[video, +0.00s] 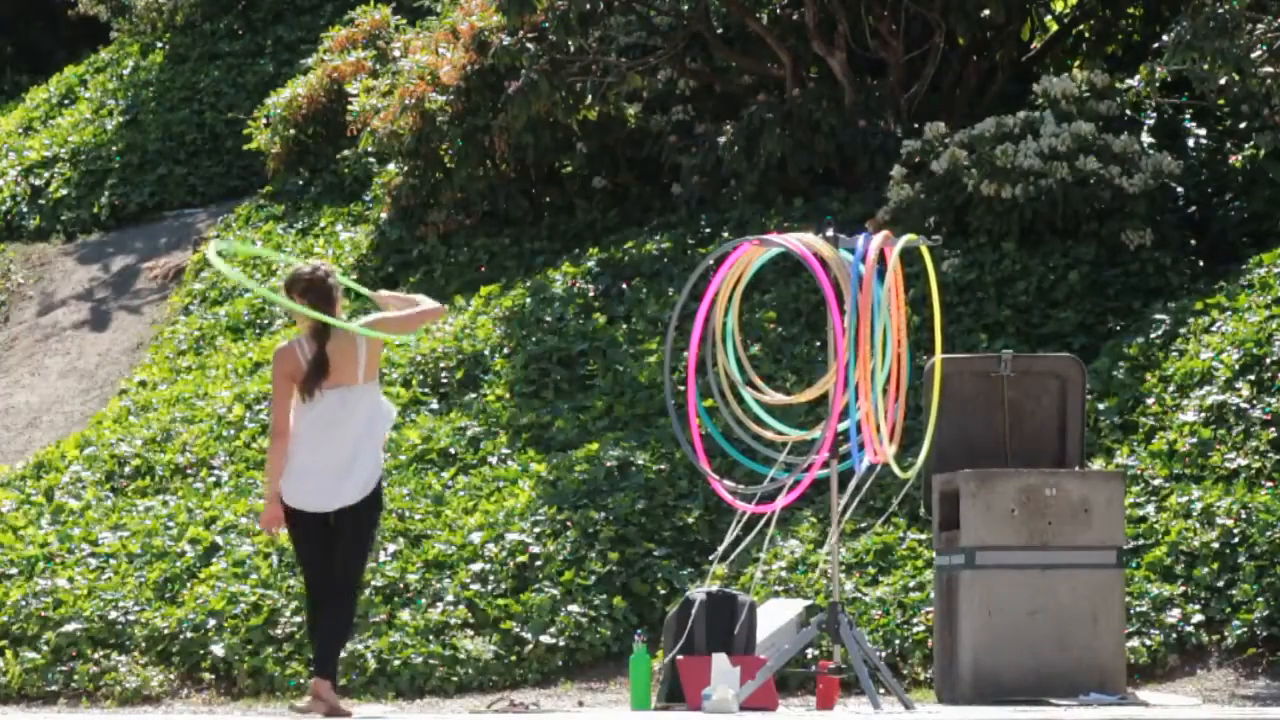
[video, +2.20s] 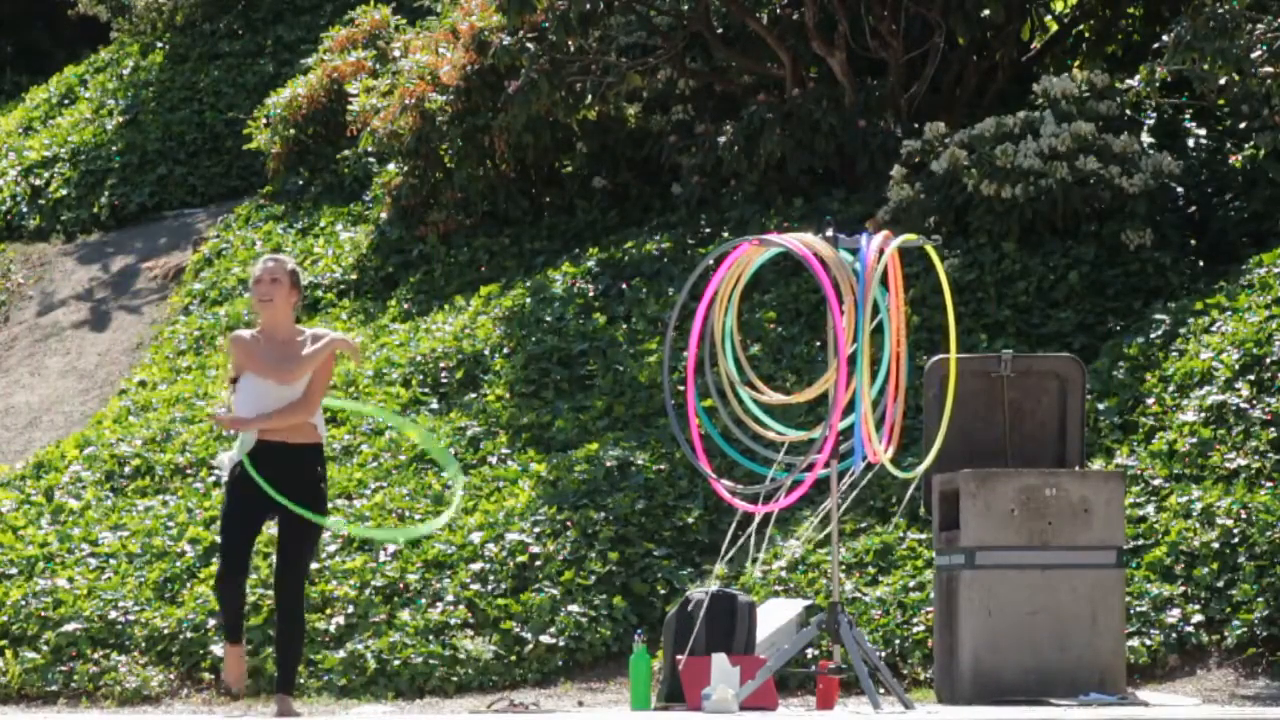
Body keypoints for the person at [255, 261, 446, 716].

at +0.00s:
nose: (287, 309)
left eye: (289, 303)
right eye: (287, 302)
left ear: (299, 306)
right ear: (336, 298)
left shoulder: (289, 356)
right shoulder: (369, 333)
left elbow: (279, 433)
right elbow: (435, 309)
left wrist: (271, 495)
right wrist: (383, 298)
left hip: (303, 489)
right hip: (360, 485)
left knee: (318, 586)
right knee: (345, 585)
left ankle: (326, 686)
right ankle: (322, 682)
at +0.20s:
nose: (287, 317)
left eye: (288, 308)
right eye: (285, 309)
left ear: (307, 305)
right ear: (327, 303)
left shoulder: (301, 353)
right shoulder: (366, 341)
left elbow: (284, 428)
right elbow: (397, 338)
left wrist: (256, 490)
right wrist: (359, 303)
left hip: (309, 486)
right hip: (360, 484)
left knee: (313, 587)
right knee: (338, 581)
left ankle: (325, 693)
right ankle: (343, 674)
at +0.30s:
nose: (288, 319)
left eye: (291, 310)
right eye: (286, 311)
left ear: (315, 304)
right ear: (326, 304)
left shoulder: (309, 356)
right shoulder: (362, 345)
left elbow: (286, 431)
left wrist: (251, 490)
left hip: (307, 479)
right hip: (349, 478)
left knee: (310, 587)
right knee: (323, 581)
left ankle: (324, 695)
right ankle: (361, 661)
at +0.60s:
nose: (299, 322)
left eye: (305, 313)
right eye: (297, 314)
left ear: (335, 307)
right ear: (327, 310)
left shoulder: (341, 358)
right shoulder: (329, 352)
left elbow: (298, 422)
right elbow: (276, 391)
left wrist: (252, 478)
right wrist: (231, 360)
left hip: (313, 476)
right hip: (301, 472)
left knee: (302, 586)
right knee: (281, 584)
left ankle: (324, 696)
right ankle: (342, 672)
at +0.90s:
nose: (305, 319)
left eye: (316, 311)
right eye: (301, 309)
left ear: (342, 311)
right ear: (297, 309)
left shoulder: (345, 361)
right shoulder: (292, 349)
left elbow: (296, 418)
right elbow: (238, 387)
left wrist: (242, 464)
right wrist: (197, 360)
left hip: (304, 472)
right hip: (275, 469)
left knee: (299, 585)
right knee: (263, 584)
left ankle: (325, 696)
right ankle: (275, 689)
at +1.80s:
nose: (260, 287)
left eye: (272, 281)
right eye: (256, 280)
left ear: (291, 295)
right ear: (247, 290)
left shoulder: (303, 343)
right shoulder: (231, 342)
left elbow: (278, 405)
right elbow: (239, 373)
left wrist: (217, 428)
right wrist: (263, 333)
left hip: (292, 471)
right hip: (246, 471)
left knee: (281, 586)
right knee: (244, 588)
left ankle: (284, 695)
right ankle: (248, 695)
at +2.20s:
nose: (262, 286)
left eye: (273, 280)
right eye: (257, 280)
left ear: (295, 293)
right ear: (249, 292)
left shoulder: (321, 344)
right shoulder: (241, 343)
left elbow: (308, 409)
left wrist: (250, 424)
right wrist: (326, 346)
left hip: (302, 462)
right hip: (251, 461)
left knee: (290, 584)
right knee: (231, 568)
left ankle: (285, 695)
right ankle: (233, 647)